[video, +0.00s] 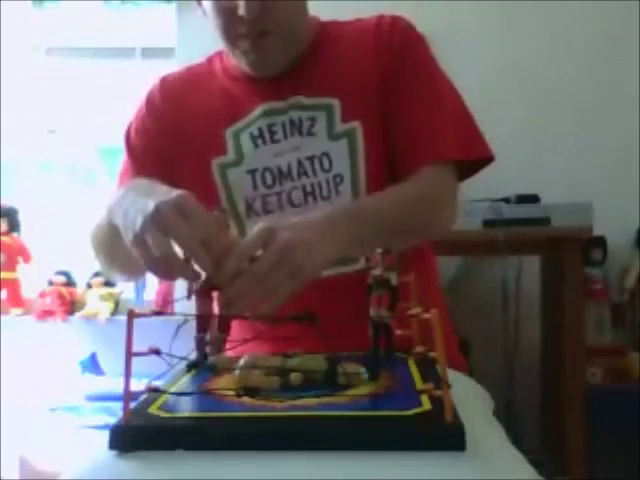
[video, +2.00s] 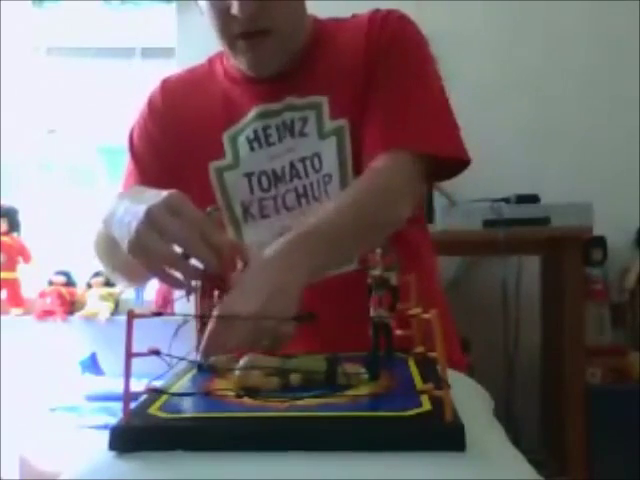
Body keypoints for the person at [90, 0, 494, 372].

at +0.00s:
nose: (244, 12)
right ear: (203, 5)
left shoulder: (385, 47)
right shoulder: (172, 102)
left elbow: (438, 202)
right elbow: (117, 259)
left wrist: (318, 237)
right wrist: (128, 203)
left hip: (399, 366)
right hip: (248, 375)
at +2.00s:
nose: (239, 11)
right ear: (203, 7)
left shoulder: (381, 42)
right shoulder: (172, 106)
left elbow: (399, 182)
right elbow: (127, 269)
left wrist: (285, 265)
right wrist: (124, 214)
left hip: (399, 380)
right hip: (243, 398)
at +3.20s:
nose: (237, 17)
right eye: (217, 1)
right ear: (200, 7)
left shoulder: (382, 45)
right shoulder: (176, 106)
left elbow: (411, 193)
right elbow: (134, 261)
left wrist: (303, 206)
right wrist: (122, 217)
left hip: (403, 366)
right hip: (257, 377)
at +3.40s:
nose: (234, 16)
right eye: (213, 2)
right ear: (197, 8)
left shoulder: (381, 47)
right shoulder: (172, 109)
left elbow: (460, 201)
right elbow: (128, 268)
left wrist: (370, 152)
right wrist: (125, 225)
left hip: (403, 365)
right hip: (255, 378)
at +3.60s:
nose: (237, 14)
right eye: (214, 1)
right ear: (190, 9)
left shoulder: (383, 49)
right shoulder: (169, 110)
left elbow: (497, 184)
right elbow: (136, 282)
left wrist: (443, 145)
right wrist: (108, 243)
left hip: (410, 368)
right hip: (256, 384)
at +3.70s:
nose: (240, 14)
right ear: (192, 7)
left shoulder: (386, 49)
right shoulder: (170, 113)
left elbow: (491, 153)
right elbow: (144, 289)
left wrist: (462, 182)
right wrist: (103, 251)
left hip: (411, 367)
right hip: (254, 384)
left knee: (503, 473)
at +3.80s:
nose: (249, 12)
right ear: (201, 8)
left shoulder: (393, 50)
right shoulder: (179, 114)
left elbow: (484, 159)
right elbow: (149, 282)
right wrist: (90, 260)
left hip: (417, 370)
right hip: (268, 391)